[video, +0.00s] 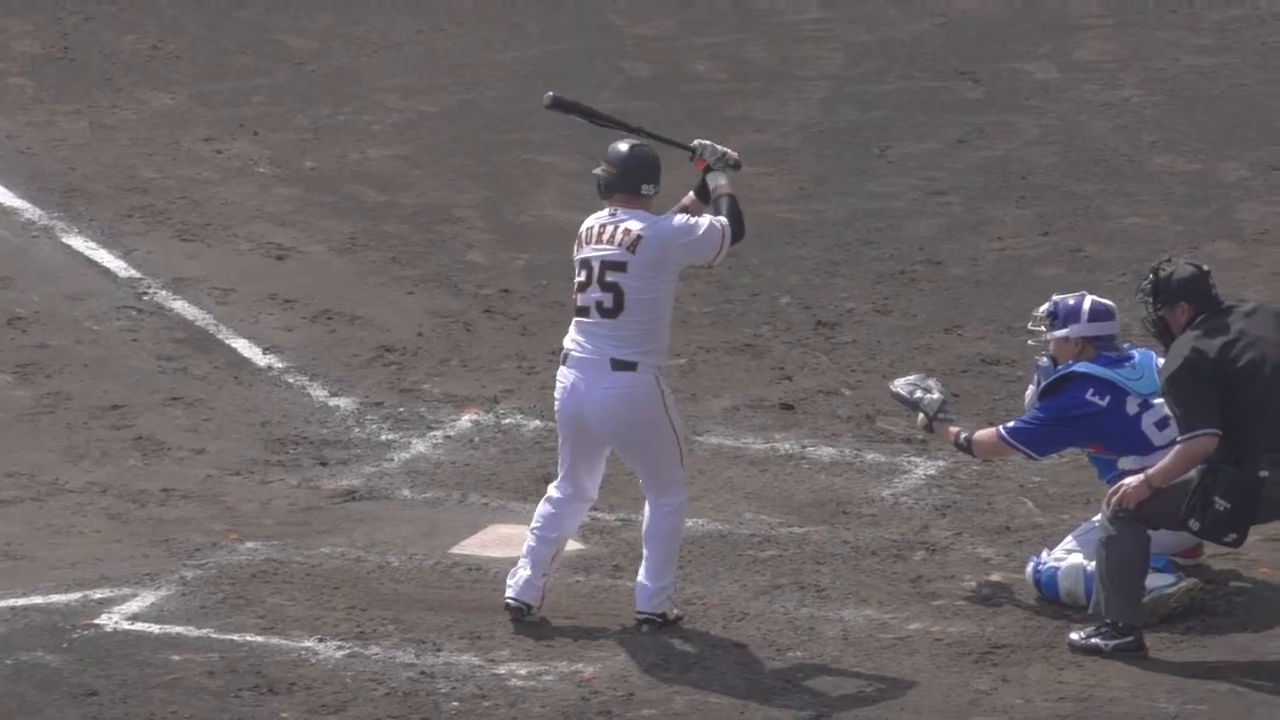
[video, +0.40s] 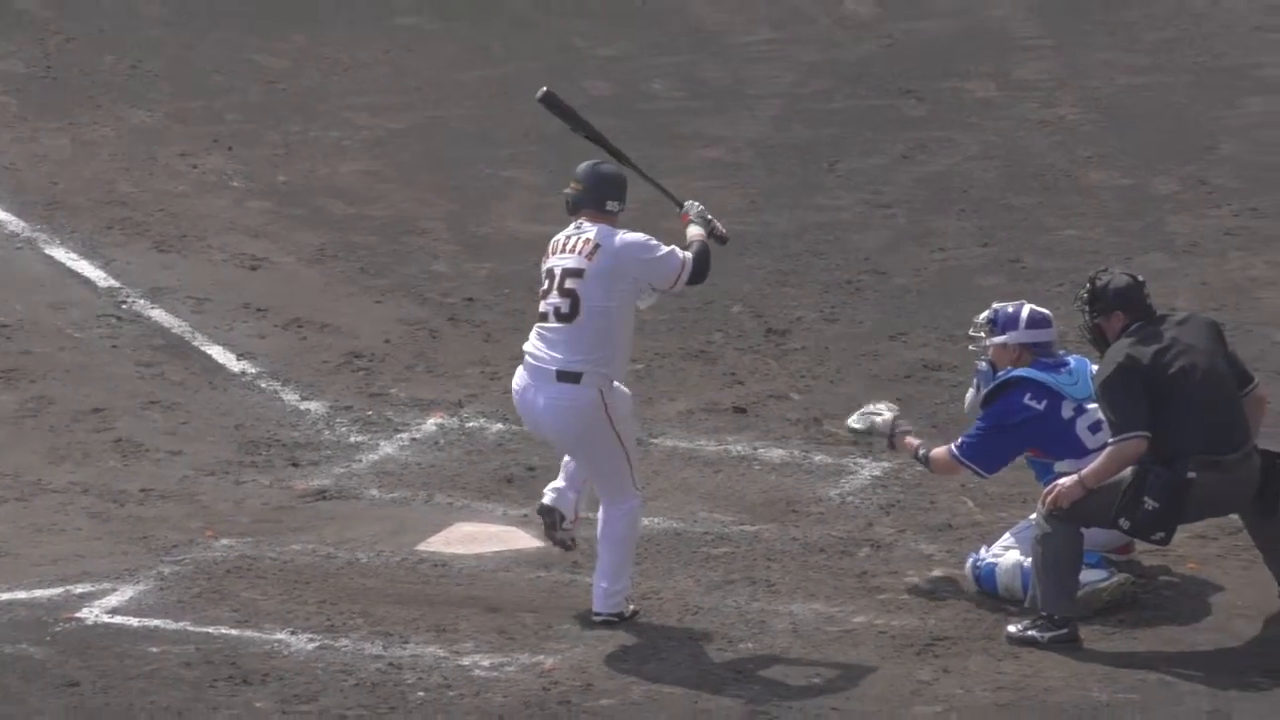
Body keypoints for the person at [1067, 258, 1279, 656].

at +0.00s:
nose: (1159, 321)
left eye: (1161, 312)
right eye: (1157, 312)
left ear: (1183, 311)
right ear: (1205, 300)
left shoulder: (1186, 356)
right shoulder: (1262, 314)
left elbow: (1202, 438)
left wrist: (1146, 481)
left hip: (1251, 488)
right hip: (1273, 475)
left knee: (1124, 505)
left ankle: (1120, 626)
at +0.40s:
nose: (1095, 328)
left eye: (1097, 320)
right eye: (1093, 320)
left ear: (1117, 318)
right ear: (1142, 306)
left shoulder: (1117, 364)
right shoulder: (1200, 325)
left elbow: (1132, 443)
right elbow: (1255, 399)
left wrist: (1079, 482)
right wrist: (1235, 448)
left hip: (1178, 491)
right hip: (1242, 477)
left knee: (1057, 507)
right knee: (1256, 478)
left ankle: (1054, 619)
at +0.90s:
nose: (1042, 325)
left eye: (1045, 318)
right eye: (1040, 317)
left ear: (1064, 318)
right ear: (1088, 309)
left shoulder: (1063, 360)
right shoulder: (1138, 326)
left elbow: (1075, 431)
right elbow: (1187, 390)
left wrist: (1028, 465)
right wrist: (1169, 437)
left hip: (1117, 476)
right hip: (1175, 461)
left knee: (1010, 487)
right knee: (1182, 467)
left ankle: (1006, 588)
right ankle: (1225, 558)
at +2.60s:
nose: (1036, 269)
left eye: (1038, 262)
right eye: (1035, 261)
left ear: (1055, 263)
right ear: (1077, 254)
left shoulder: (1058, 315)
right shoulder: (1122, 274)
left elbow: (1063, 397)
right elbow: (1147, 334)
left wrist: (1062, 457)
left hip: (1119, 415)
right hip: (1166, 396)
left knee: (1070, 508)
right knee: (1172, 501)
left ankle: (1076, 607)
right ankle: (1228, 593)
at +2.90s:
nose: (1086, 260)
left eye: (1087, 251)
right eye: (1086, 251)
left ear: (1100, 253)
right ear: (1131, 244)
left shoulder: (1094, 308)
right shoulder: (1169, 273)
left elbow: (1088, 384)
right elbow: (1201, 303)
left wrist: (1079, 444)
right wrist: (1220, 285)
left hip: (1131, 418)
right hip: (1184, 407)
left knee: (1100, 513)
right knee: (1192, 508)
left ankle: (1090, 610)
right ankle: (1231, 609)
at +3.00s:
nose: (1107, 255)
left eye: (1109, 248)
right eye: (1108, 247)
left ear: (1122, 252)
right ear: (1150, 244)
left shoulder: (1113, 306)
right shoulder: (1188, 270)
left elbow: (1103, 383)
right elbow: (1226, 278)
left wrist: (1089, 440)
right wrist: (1227, 234)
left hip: (1144, 417)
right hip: (1197, 406)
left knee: (1114, 513)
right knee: (1203, 509)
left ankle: (1095, 611)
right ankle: (1236, 612)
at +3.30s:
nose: (1165, 238)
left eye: (1170, 232)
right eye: (1167, 231)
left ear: (1185, 238)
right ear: (1209, 236)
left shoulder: (1172, 292)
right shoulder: (1241, 261)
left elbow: (1162, 369)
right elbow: (1244, 245)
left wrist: (1142, 422)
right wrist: (1236, 228)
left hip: (1190, 407)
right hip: (1239, 395)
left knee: (1152, 500)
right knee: (1230, 497)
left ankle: (1115, 593)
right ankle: (1244, 601)